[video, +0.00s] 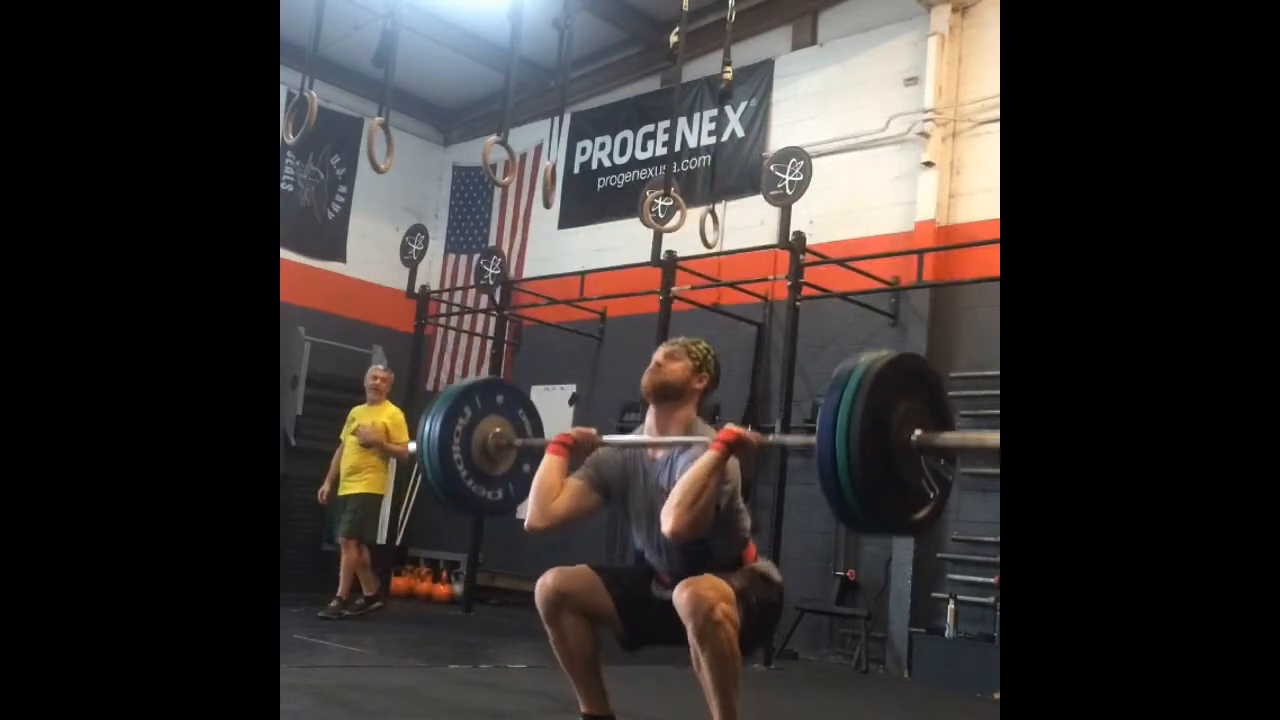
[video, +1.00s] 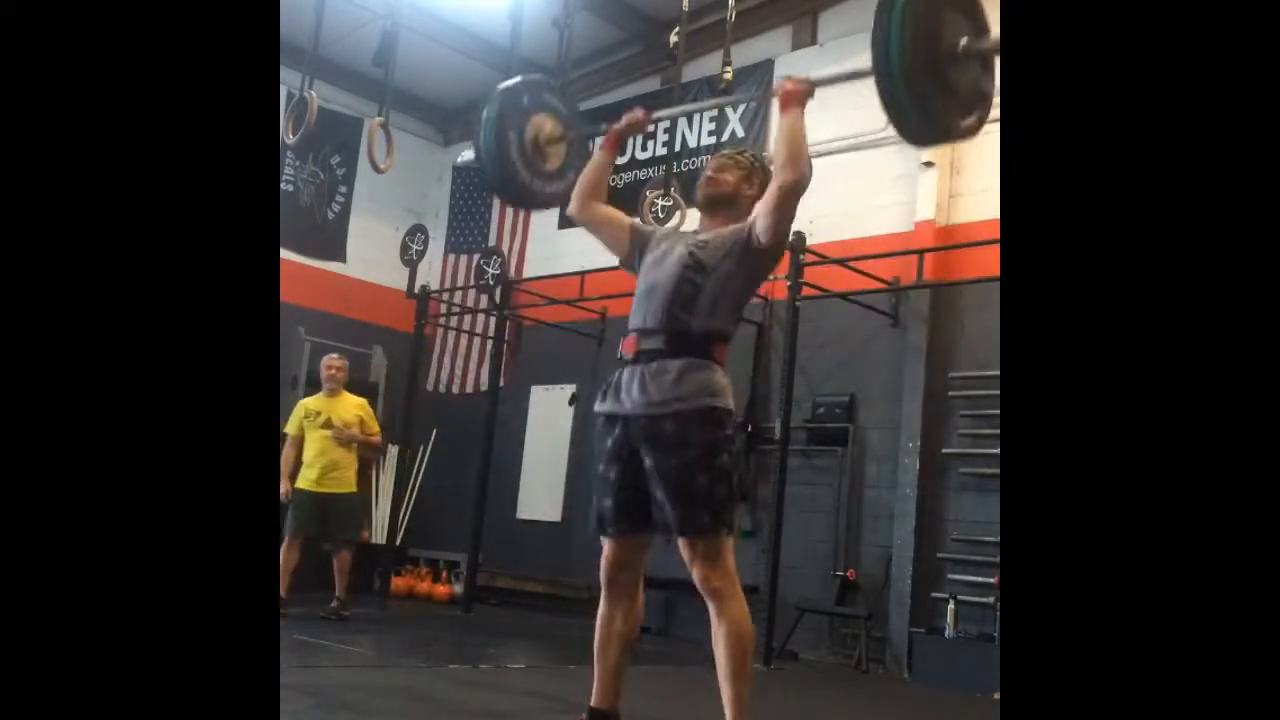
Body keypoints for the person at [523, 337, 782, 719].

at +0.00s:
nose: (655, 362)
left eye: (672, 356)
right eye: (653, 357)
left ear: (699, 381)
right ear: (645, 377)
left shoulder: (713, 451)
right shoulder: (619, 453)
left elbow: (676, 524)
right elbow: (540, 516)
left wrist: (720, 447)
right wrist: (559, 446)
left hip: (737, 590)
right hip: (657, 589)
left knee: (694, 598)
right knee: (554, 589)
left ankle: (725, 714)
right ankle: (595, 711)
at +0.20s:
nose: (660, 314)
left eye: (677, 311)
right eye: (660, 308)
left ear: (702, 340)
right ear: (651, 334)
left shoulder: (717, 407)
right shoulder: (625, 409)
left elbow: (687, 484)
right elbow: (548, 482)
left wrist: (725, 404)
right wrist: (561, 408)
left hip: (741, 542)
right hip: (665, 544)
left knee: (688, 591)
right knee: (568, 584)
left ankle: (725, 716)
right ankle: (596, 711)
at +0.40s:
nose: (669, 266)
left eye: (686, 264)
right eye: (669, 263)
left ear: (711, 292)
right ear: (657, 292)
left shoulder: (723, 357)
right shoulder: (630, 366)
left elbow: (695, 435)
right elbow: (556, 439)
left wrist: (732, 361)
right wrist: (569, 370)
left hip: (736, 506)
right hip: (664, 510)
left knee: (683, 588)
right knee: (570, 582)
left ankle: (725, 716)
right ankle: (597, 711)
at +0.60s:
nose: (686, 202)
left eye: (702, 202)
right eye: (684, 200)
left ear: (724, 232)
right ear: (670, 229)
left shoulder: (729, 294)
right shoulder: (639, 303)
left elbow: (712, 365)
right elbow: (568, 378)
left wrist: (743, 294)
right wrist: (575, 312)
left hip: (726, 459)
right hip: (657, 456)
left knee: (691, 580)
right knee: (573, 574)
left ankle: (725, 715)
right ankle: (596, 710)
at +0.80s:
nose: (715, 165)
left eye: (729, 158)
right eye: (710, 158)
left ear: (753, 177)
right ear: (700, 175)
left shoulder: (754, 228)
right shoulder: (669, 235)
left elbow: (739, 259)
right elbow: (579, 273)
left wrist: (763, 184)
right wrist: (592, 211)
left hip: (707, 402)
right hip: (643, 399)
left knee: (717, 561)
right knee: (614, 550)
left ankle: (736, 710)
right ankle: (592, 698)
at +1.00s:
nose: (712, 169)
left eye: (730, 167)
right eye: (710, 164)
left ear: (754, 190)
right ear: (700, 182)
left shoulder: (748, 242)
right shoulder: (655, 242)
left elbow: (792, 178)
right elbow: (584, 207)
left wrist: (790, 107)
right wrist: (613, 139)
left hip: (691, 406)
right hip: (625, 406)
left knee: (712, 575)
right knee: (617, 569)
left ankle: (735, 713)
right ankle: (602, 708)